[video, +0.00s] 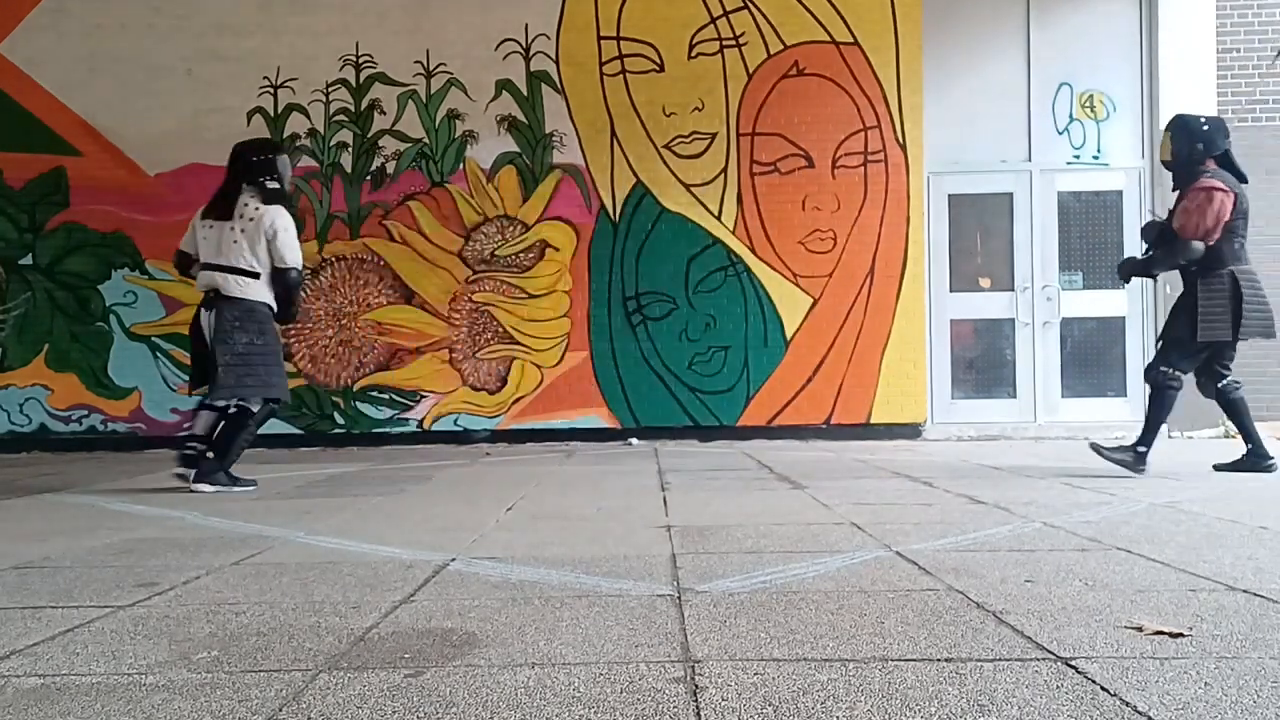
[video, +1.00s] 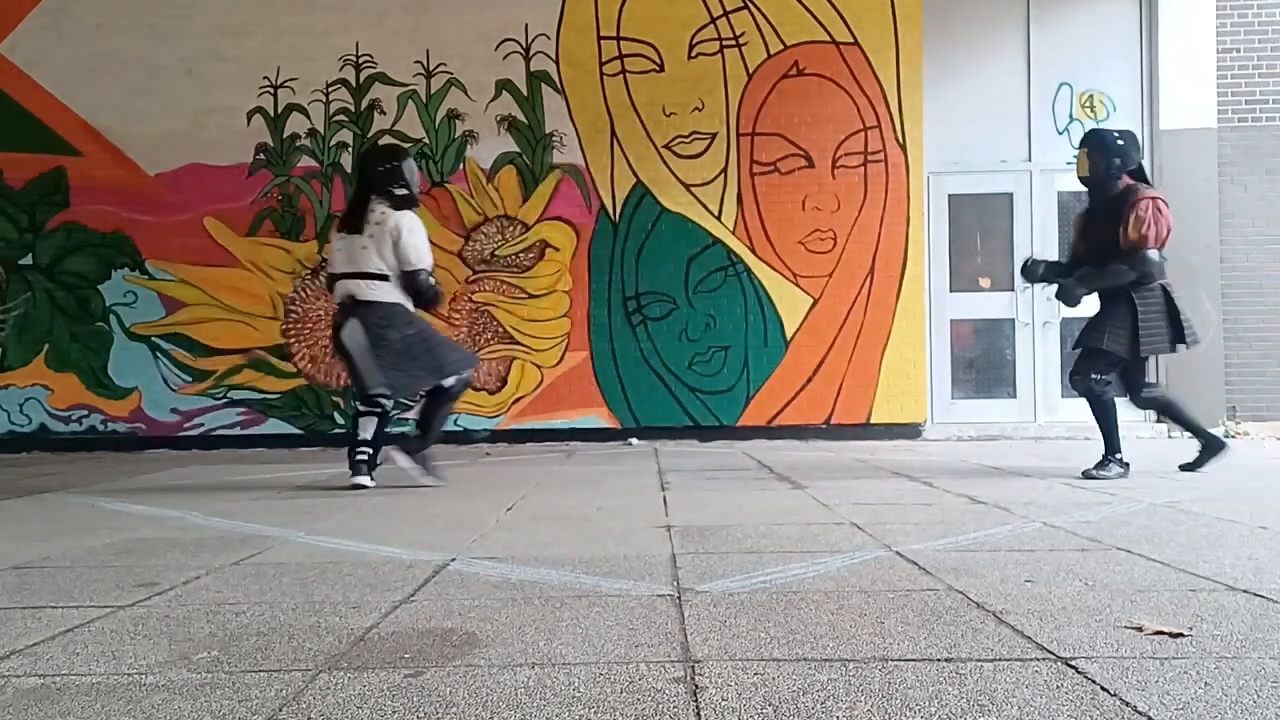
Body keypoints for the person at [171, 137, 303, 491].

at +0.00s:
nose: (287, 176)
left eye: (285, 168)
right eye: (282, 169)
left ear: (237, 171)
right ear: (269, 173)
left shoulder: (212, 208)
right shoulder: (275, 215)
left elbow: (183, 260)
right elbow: (288, 278)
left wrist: (219, 277)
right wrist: (286, 313)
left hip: (211, 311)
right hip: (248, 313)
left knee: (223, 385)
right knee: (263, 394)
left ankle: (193, 450)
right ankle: (214, 470)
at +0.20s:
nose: (273, 189)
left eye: (272, 182)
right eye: (268, 182)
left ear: (224, 183)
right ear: (252, 184)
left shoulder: (198, 218)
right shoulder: (256, 224)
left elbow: (173, 274)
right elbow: (266, 290)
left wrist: (211, 288)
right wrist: (291, 302)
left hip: (188, 322)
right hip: (229, 324)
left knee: (196, 398)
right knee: (293, 376)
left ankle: (162, 471)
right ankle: (242, 449)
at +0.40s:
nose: (276, 196)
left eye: (275, 188)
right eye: (272, 189)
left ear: (229, 193)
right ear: (257, 194)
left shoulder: (202, 229)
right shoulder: (261, 235)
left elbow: (171, 280)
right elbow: (272, 300)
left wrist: (206, 298)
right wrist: (276, 343)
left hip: (197, 328)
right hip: (236, 330)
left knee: (204, 405)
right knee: (310, 372)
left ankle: (163, 471)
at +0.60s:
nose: (317, 198)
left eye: (315, 190)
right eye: (311, 191)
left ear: (267, 198)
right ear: (296, 198)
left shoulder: (245, 237)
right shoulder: (300, 239)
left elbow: (218, 287)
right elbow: (310, 301)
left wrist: (252, 306)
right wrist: (325, 332)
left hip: (244, 338)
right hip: (284, 339)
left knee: (222, 407)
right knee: (348, 381)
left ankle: (167, 468)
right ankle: (377, 461)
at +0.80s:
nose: (374, 185)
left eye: (371, 178)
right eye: (368, 178)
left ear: (326, 186)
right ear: (355, 185)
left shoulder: (305, 227)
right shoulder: (363, 226)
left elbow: (297, 290)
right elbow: (378, 288)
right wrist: (402, 291)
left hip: (308, 328)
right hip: (349, 329)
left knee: (294, 396)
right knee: (410, 386)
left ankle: (253, 452)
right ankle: (391, 465)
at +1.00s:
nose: (416, 179)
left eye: (412, 170)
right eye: (409, 171)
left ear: (365, 178)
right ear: (395, 178)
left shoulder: (344, 220)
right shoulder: (402, 219)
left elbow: (333, 281)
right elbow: (418, 284)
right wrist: (434, 295)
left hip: (346, 318)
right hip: (388, 317)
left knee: (375, 391)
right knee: (458, 370)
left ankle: (361, 467)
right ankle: (417, 447)